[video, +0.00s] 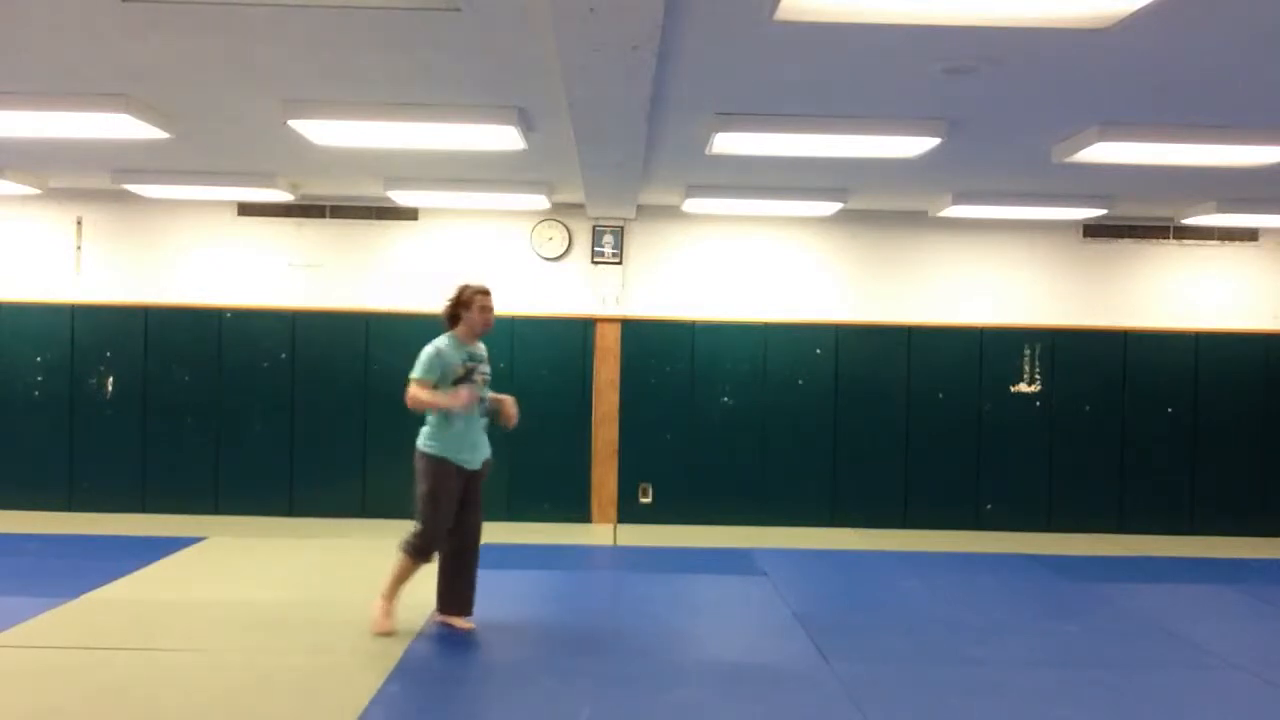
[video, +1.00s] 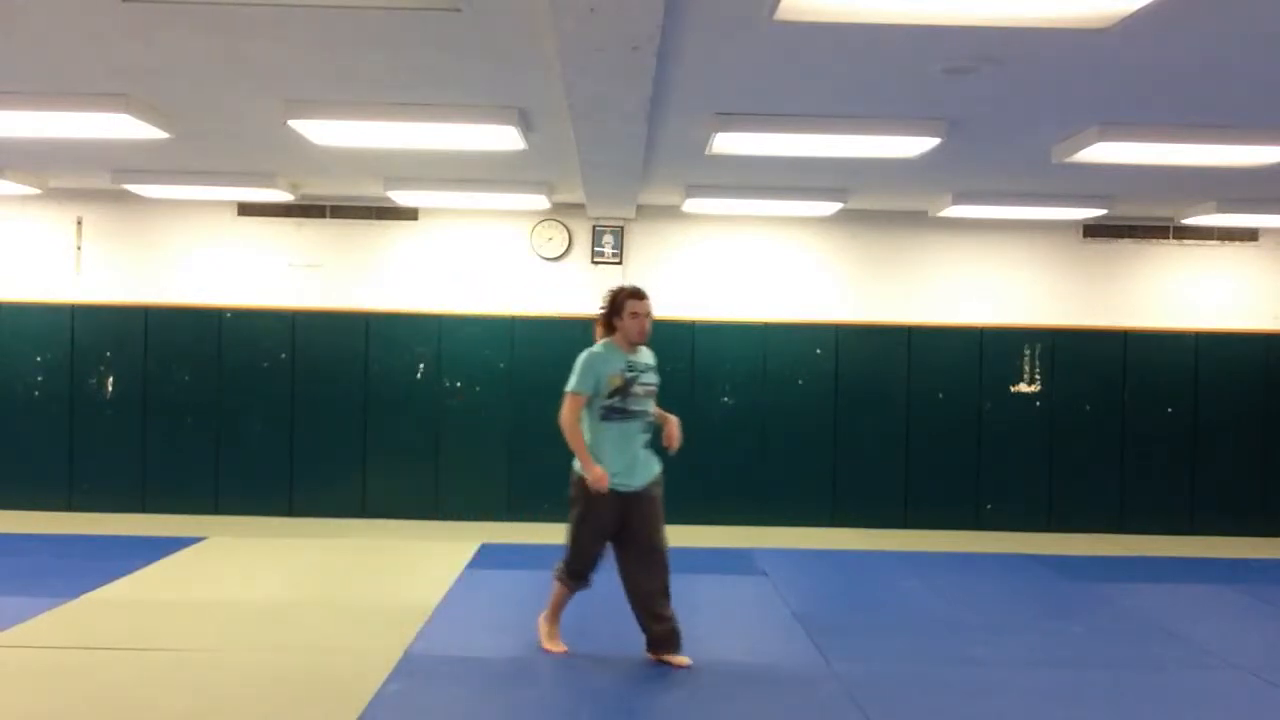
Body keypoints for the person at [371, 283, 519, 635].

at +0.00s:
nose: (490, 316)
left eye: (491, 310)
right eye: (483, 310)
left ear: (487, 314)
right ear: (463, 312)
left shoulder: (480, 352)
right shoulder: (437, 350)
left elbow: (470, 396)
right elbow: (414, 396)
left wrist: (499, 402)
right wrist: (450, 399)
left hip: (472, 455)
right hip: (438, 454)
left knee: (464, 536)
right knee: (432, 533)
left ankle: (451, 609)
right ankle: (387, 598)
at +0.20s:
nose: (518, 322)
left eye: (520, 315)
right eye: (511, 315)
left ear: (516, 320)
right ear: (491, 318)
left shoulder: (507, 356)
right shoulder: (465, 357)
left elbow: (500, 398)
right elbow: (442, 409)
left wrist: (531, 401)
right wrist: (429, 460)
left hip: (490, 457)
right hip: (463, 455)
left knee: (465, 532)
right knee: (482, 532)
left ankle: (447, 608)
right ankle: (483, 622)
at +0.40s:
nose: (546, 324)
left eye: (548, 318)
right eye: (539, 317)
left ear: (545, 322)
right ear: (519, 321)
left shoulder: (542, 357)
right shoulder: (492, 361)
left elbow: (531, 398)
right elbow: (460, 411)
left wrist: (554, 412)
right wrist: (445, 463)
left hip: (523, 463)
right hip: (493, 462)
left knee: (491, 537)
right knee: (515, 541)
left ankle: (456, 604)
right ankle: (536, 628)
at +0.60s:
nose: (574, 319)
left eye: (576, 312)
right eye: (566, 312)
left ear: (577, 316)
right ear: (545, 317)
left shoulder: (574, 350)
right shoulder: (523, 355)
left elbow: (572, 392)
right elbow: (498, 410)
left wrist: (586, 408)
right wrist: (506, 461)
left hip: (564, 464)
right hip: (527, 464)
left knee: (562, 542)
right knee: (531, 546)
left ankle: (515, 589)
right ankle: (538, 630)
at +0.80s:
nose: (606, 321)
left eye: (608, 315)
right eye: (598, 314)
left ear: (608, 318)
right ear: (577, 317)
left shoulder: (603, 357)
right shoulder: (554, 355)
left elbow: (595, 402)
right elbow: (531, 409)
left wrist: (625, 409)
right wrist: (566, 440)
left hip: (597, 470)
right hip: (554, 470)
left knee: (613, 549)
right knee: (547, 550)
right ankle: (539, 629)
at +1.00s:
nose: (644, 323)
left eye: (647, 316)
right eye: (635, 316)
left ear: (650, 320)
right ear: (615, 320)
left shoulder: (647, 358)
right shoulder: (595, 358)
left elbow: (638, 404)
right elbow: (568, 416)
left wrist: (667, 418)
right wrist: (589, 465)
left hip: (642, 480)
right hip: (600, 479)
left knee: (650, 563)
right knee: (580, 561)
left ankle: (662, 643)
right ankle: (549, 620)